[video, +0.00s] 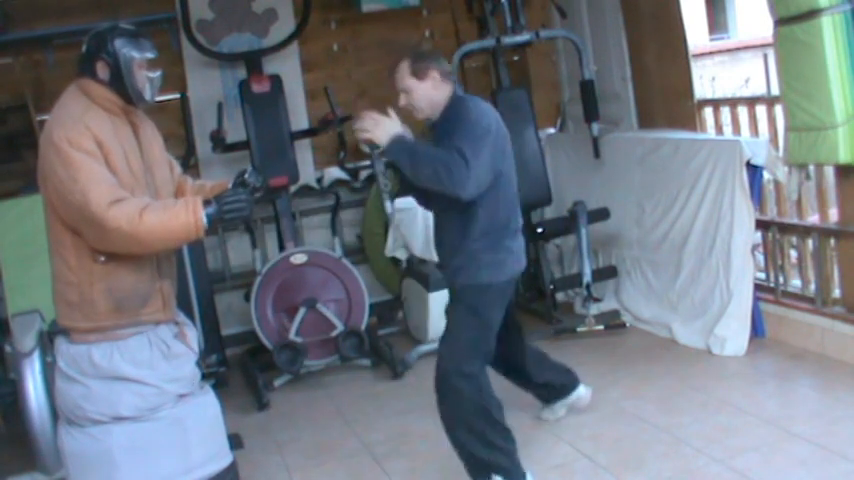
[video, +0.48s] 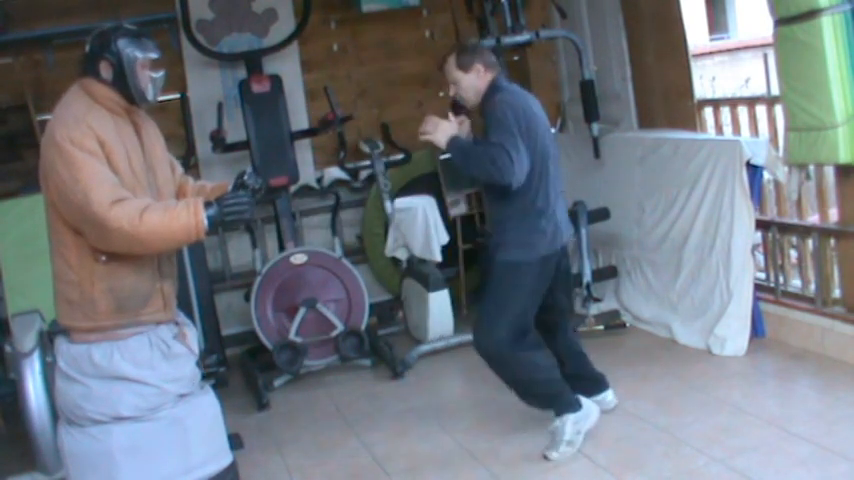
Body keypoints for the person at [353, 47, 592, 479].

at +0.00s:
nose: (404, 102)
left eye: (408, 91)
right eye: (401, 95)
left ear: (436, 79)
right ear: (428, 84)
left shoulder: (474, 117)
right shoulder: (445, 125)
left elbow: (464, 180)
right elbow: (437, 193)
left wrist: (398, 142)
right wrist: (394, 146)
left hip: (491, 267)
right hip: (473, 267)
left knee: (457, 372)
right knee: (502, 346)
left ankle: (501, 473)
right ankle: (565, 390)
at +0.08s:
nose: (416, 105)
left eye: (421, 95)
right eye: (414, 97)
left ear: (451, 85)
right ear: (441, 88)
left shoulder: (486, 121)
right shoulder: (460, 125)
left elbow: (484, 184)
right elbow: (461, 187)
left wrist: (420, 151)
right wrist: (415, 151)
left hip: (497, 268)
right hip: (478, 266)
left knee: (462, 374)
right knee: (503, 343)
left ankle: (504, 473)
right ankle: (574, 399)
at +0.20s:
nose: (427, 82)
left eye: (430, 72)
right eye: (423, 75)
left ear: (458, 60)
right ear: (453, 63)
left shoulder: (486, 93)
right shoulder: (476, 94)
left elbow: (492, 152)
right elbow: (479, 160)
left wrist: (428, 121)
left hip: (507, 237)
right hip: (513, 230)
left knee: (485, 338)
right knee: (524, 319)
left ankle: (504, 452)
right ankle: (575, 394)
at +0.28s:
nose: (433, 76)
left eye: (436, 66)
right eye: (429, 68)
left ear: (462, 53)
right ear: (458, 56)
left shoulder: (488, 82)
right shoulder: (486, 81)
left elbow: (487, 139)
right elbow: (490, 148)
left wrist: (428, 107)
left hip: (515, 222)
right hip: (525, 217)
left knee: (482, 320)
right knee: (529, 308)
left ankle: (531, 422)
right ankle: (574, 384)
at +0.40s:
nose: (448, 87)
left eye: (450, 76)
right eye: (445, 79)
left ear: (476, 64)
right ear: (478, 67)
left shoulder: (498, 97)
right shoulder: (512, 93)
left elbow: (497, 159)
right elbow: (504, 152)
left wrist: (442, 126)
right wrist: (461, 124)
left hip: (520, 237)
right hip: (542, 230)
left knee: (482, 327)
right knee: (546, 317)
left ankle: (555, 401)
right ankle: (593, 383)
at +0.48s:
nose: (454, 92)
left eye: (456, 81)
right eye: (450, 84)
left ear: (482, 71)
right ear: (484, 73)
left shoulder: (503, 105)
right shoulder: (518, 100)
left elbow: (510, 169)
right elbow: (509, 168)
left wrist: (453, 142)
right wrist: (466, 141)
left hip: (527, 245)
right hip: (547, 237)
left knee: (495, 337)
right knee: (550, 323)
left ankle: (569, 409)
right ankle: (594, 390)